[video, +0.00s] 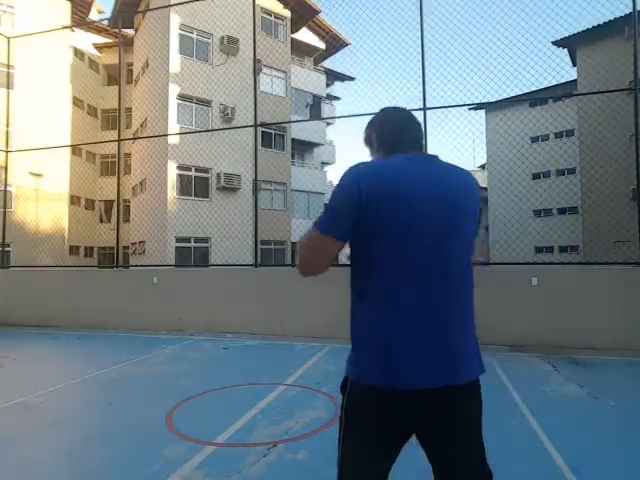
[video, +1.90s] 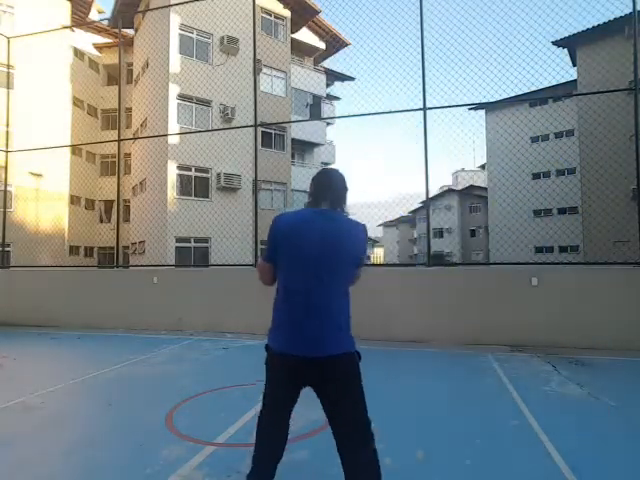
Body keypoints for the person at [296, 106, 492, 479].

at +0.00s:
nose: (369, 152)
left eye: (368, 145)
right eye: (367, 146)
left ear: (375, 142)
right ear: (419, 141)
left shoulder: (363, 178)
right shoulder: (465, 183)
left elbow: (309, 263)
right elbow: (460, 255)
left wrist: (338, 222)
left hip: (380, 380)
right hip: (455, 378)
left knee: (359, 474)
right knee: (468, 473)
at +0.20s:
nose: (398, 156)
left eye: (397, 147)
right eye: (397, 148)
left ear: (405, 146)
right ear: (451, 147)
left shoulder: (393, 191)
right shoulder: (498, 194)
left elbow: (354, 282)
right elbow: (501, 274)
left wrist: (347, 253)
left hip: (410, 394)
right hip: (490, 393)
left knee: (383, 473)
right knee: (499, 474)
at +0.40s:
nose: (418, 144)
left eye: (418, 135)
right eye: (418, 135)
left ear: (428, 132)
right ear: (473, 134)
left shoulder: (417, 179)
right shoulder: (521, 181)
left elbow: (375, 267)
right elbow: (529, 256)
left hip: (432, 381)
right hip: (512, 381)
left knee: (411, 473)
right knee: (519, 474)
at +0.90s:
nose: (416, 161)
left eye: (416, 152)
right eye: (416, 152)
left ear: (424, 153)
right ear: (466, 156)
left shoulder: (400, 194)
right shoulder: (497, 210)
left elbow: (356, 269)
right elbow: (480, 269)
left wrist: (388, 229)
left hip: (404, 383)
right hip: (475, 385)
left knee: (371, 473)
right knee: (488, 474)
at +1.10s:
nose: (372, 167)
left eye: (373, 160)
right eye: (373, 160)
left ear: (380, 163)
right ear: (416, 164)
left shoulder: (360, 208)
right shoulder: (443, 214)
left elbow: (323, 276)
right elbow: (434, 266)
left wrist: (346, 245)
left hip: (367, 374)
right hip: (430, 373)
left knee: (339, 470)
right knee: (445, 471)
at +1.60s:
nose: (349, 188)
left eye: (350, 183)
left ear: (352, 186)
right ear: (389, 191)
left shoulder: (325, 216)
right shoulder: (406, 227)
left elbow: (297, 279)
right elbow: (400, 290)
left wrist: (329, 261)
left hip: (325, 354)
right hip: (378, 357)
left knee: (297, 427)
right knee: (391, 452)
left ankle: (295, 477)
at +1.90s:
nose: (343, 199)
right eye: (345, 194)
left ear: (310, 193)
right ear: (343, 196)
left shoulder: (283, 223)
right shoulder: (355, 231)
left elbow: (266, 276)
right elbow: (350, 278)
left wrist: (297, 255)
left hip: (285, 352)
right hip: (335, 354)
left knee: (270, 432)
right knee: (355, 438)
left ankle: (259, 476)